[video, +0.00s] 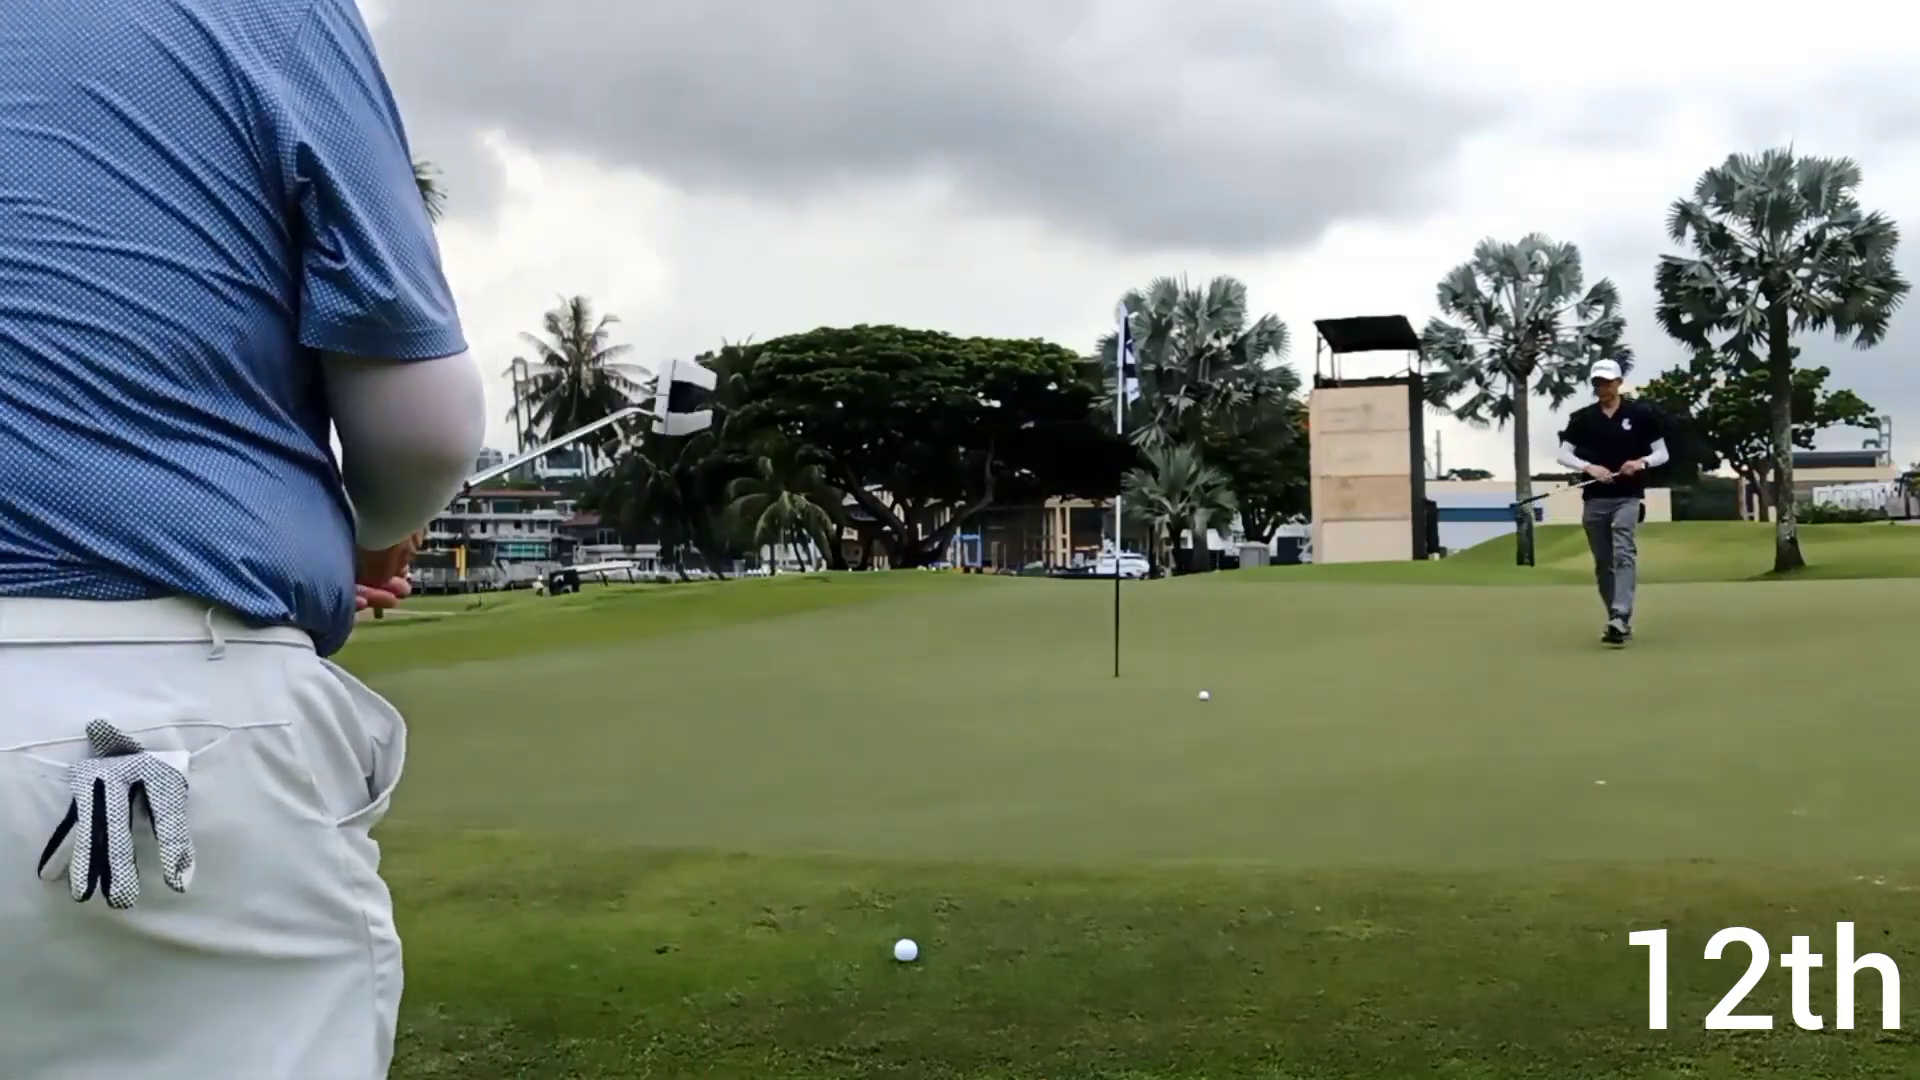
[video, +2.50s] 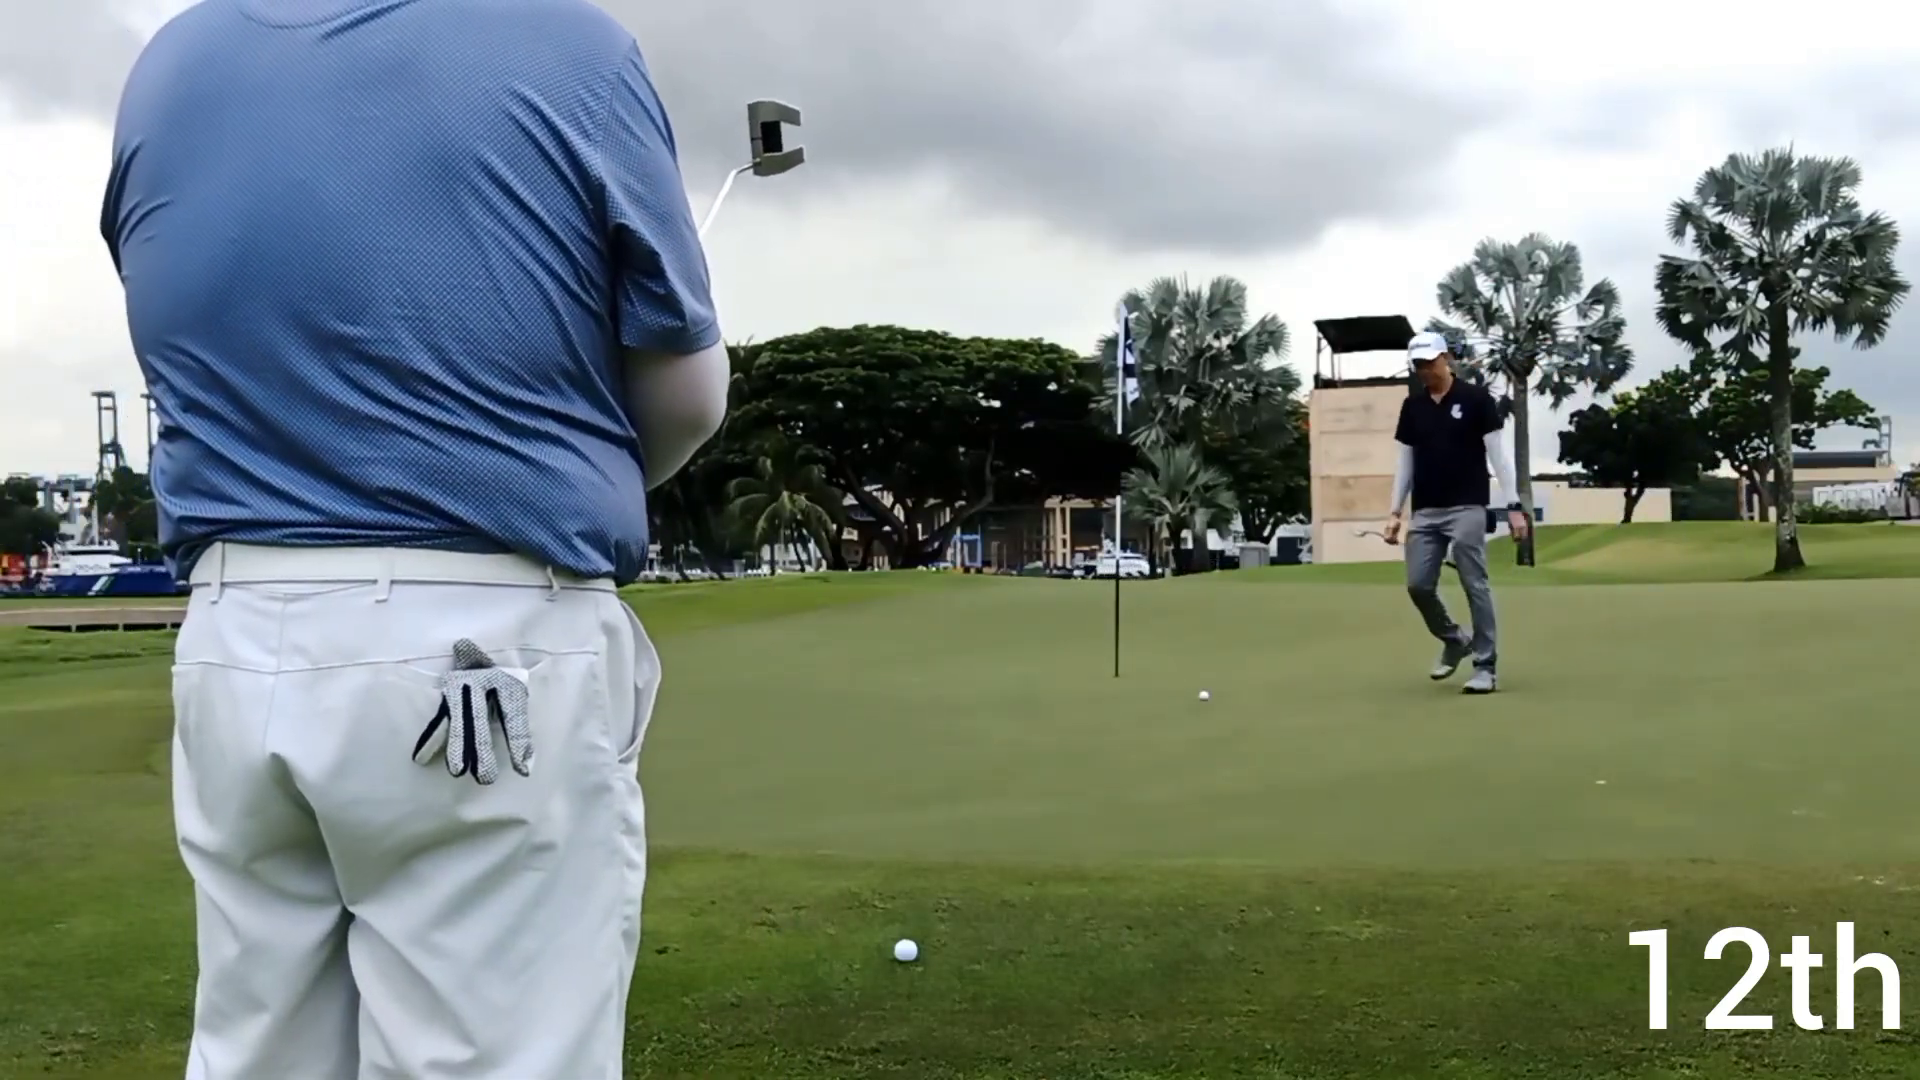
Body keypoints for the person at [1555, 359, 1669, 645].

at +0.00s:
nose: (1603, 388)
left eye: (1608, 382)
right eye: (1598, 383)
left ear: (1620, 383)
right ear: (1593, 385)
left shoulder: (1640, 414)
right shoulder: (1582, 418)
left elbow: (1662, 454)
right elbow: (1563, 455)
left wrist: (1640, 463)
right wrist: (1589, 468)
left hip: (1628, 499)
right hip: (1595, 500)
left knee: (1623, 554)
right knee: (1603, 562)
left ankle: (1620, 616)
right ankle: (1617, 617)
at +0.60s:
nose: (1582, 383)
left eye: (1587, 377)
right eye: (1576, 377)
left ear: (1596, 379)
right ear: (1567, 381)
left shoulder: (1615, 416)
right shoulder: (1556, 417)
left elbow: (1629, 459)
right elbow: (1544, 456)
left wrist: (1589, 473)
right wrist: (1550, 475)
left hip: (1604, 508)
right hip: (1567, 508)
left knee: (1610, 570)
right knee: (1564, 567)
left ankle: (1608, 630)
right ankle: (1562, 630)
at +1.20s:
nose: (1530, 386)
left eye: (1536, 380)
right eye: (1527, 381)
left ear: (1553, 379)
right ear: (1525, 382)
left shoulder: (1577, 417)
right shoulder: (1516, 420)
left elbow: (1598, 461)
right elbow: (1504, 461)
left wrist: (1586, 484)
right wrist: (1502, 495)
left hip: (1561, 510)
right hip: (1526, 511)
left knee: (1557, 572)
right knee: (1537, 579)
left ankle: (1553, 643)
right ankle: (1561, 635)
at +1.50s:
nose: (1508, 376)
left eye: (1514, 369)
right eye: (1505, 370)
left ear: (1532, 367)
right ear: (1504, 371)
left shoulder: (1556, 402)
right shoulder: (1501, 407)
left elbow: (1580, 450)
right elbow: (1492, 455)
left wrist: (1551, 466)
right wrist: (1482, 500)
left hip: (1544, 507)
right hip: (1504, 505)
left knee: (1551, 577)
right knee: (1495, 565)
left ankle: (1552, 647)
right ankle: (1516, 640)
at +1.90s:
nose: (1482, 369)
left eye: (1486, 362)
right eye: (1474, 364)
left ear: (1494, 363)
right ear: (1462, 370)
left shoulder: (1515, 402)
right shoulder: (1451, 410)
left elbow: (1527, 454)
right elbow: (1444, 464)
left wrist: (1526, 500)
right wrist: (1440, 510)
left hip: (1505, 507)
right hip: (1463, 509)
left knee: (1509, 574)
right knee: (1464, 584)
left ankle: (1529, 632)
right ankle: (1474, 658)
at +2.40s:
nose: (1435, 374)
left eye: (1441, 366)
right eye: (1430, 368)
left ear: (1458, 364)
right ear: (1425, 370)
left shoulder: (1487, 406)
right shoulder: (1420, 414)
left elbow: (1513, 458)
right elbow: (1409, 466)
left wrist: (1539, 504)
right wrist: (1390, 513)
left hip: (1477, 511)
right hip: (1436, 517)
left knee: (1476, 578)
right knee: (1434, 593)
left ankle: (1486, 665)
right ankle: (1463, 640)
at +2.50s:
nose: (1423, 371)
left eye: (1428, 363)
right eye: (1417, 365)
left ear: (1447, 358)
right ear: (1413, 366)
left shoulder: (1476, 399)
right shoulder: (1412, 406)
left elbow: (1499, 455)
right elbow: (1405, 462)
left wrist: (1513, 505)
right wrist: (1396, 512)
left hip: (1467, 510)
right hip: (1424, 514)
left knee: (1475, 586)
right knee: (1418, 585)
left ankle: (1485, 667)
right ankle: (1454, 640)